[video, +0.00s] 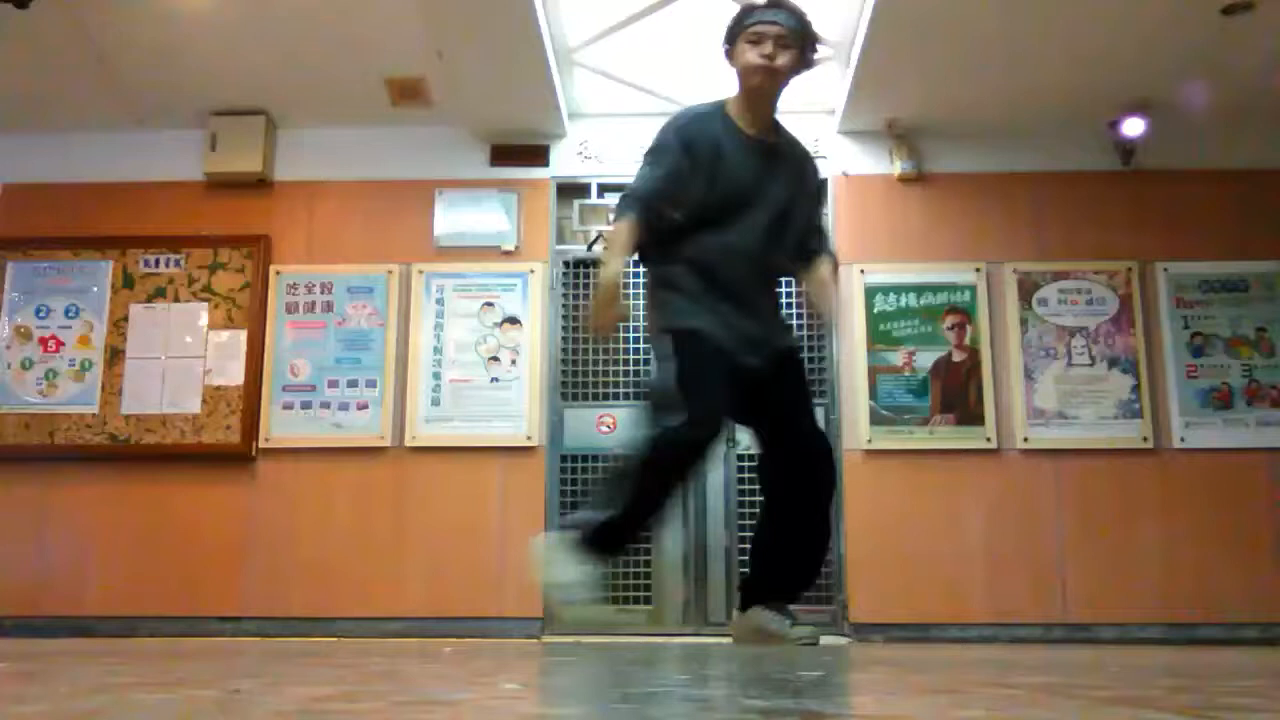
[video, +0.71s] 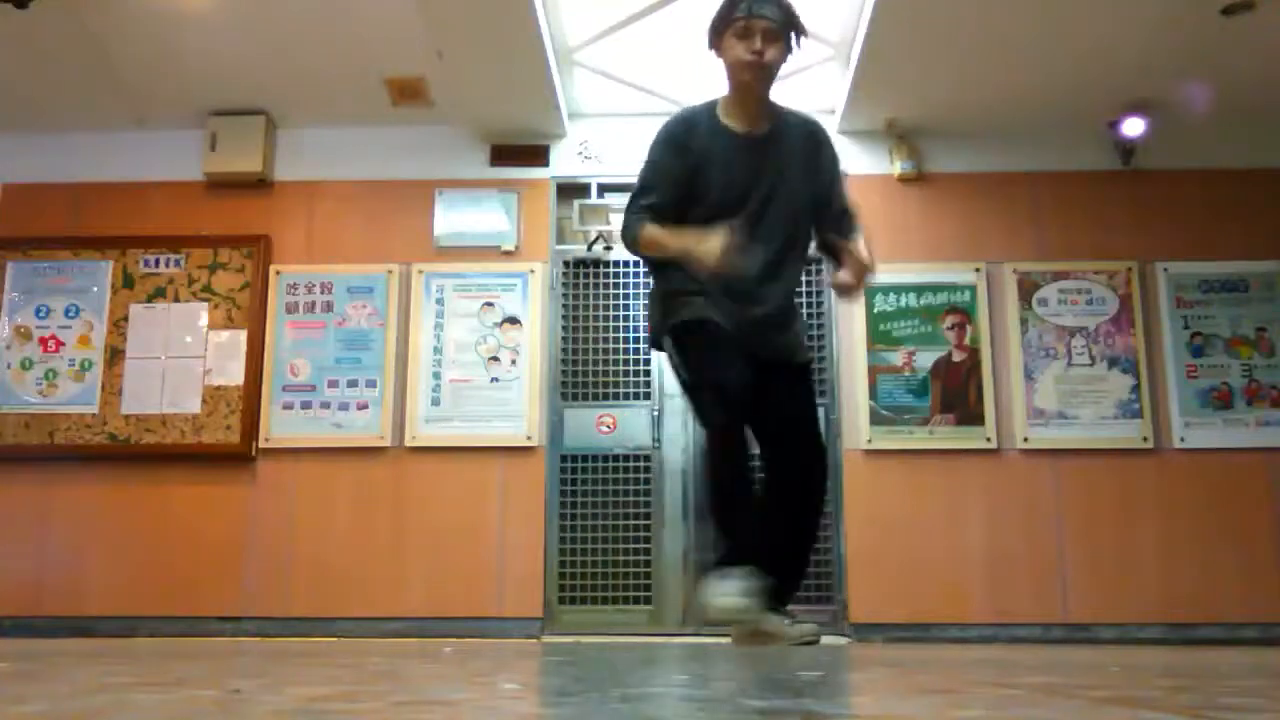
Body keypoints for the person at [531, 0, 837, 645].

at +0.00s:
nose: (767, 54)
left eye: (782, 46)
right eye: (756, 42)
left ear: (799, 63)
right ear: (732, 53)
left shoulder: (797, 166)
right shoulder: (694, 131)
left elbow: (811, 260)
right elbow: (634, 213)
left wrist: (846, 329)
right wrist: (608, 281)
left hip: (760, 326)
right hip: (690, 314)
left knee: (805, 460)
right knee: (696, 421)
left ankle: (763, 606)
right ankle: (587, 547)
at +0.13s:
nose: (773, 52)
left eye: (788, 45)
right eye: (761, 40)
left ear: (802, 64)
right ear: (736, 52)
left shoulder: (803, 159)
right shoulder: (693, 131)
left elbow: (830, 251)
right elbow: (627, 213)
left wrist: (813, 255)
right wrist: (593, 271)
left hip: (769, 316)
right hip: (696, 304)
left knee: (806, 459)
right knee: (733, 411)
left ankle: (765, 607)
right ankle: (628, 545)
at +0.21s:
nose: (774, 44)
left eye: (789, 36)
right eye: (762, 30)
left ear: (801, 53)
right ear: (734, 39)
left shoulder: (811, 143)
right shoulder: (688, 125)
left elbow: (852, 230)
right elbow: (613, 202)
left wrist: (831, 176)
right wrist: (570, 252)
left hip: (786, 316)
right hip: (711, 301)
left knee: (815, 449)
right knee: (781, 405)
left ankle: (773, 596)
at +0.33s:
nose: (761, 39)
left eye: (777, 31)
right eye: (751, 24)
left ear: (790, 44)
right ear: (725, 27)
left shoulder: (810, 123)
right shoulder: (681, 116)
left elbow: (875, 158)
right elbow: (610, 189)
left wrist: (869, 97)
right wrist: (549, 211)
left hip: (804, 298)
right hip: (731, 289)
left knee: (806, 436)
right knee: (805, 411)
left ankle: (764, 601)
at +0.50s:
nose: (754, 55)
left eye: (766, 45)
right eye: (741, 41)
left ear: (780, 54)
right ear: (716, 46)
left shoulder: (807, 130)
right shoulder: (681, 134)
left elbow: (880, 140)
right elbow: (611, 212)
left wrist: (888, 99)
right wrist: (561, 237)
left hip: (811, 315)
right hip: (735, 312)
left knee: (809, 452)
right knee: (797, 441)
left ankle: (760, 606)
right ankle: (867, 586)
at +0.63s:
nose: (757, 48)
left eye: (770, 37)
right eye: (744, 34)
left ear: (785, 46)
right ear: (719, 39)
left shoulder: (811, 131)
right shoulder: (684, 129)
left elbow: (861, 207)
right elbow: (631, 227)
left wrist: (867, 196)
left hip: (787, 312)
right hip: (709, 306)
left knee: (801, 444)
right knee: (773, 419)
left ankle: (760, 603)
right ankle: (788, 573)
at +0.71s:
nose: (756, 49)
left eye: (770, 38)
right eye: (744, 36)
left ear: (786, 53)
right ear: (719, 46)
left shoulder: (807, 139)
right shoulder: (686, 133)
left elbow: (835, 223)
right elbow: (636, 229)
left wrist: (851, 255)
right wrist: (693, 243)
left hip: (773, 319)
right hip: (698, 314)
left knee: (802, 457)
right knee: (729, 419)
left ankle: (764, 605)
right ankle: (735, 566)